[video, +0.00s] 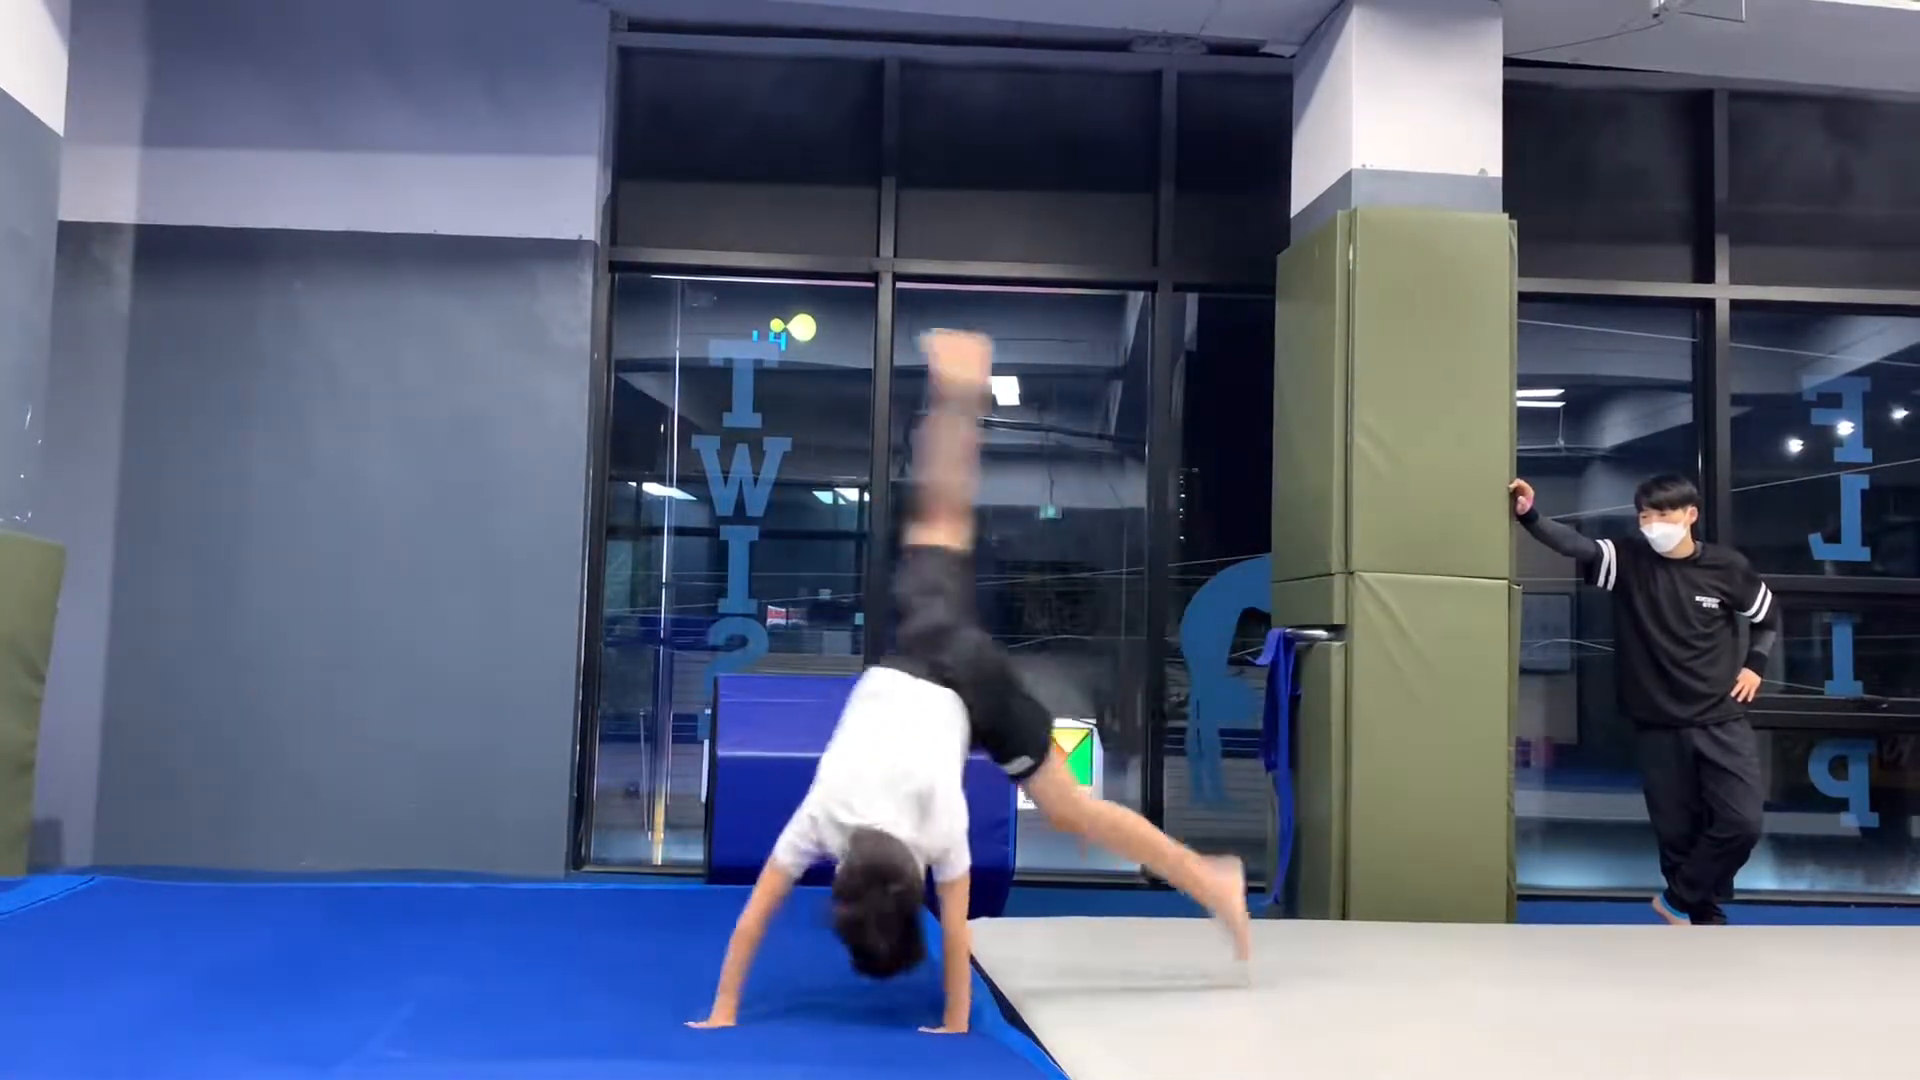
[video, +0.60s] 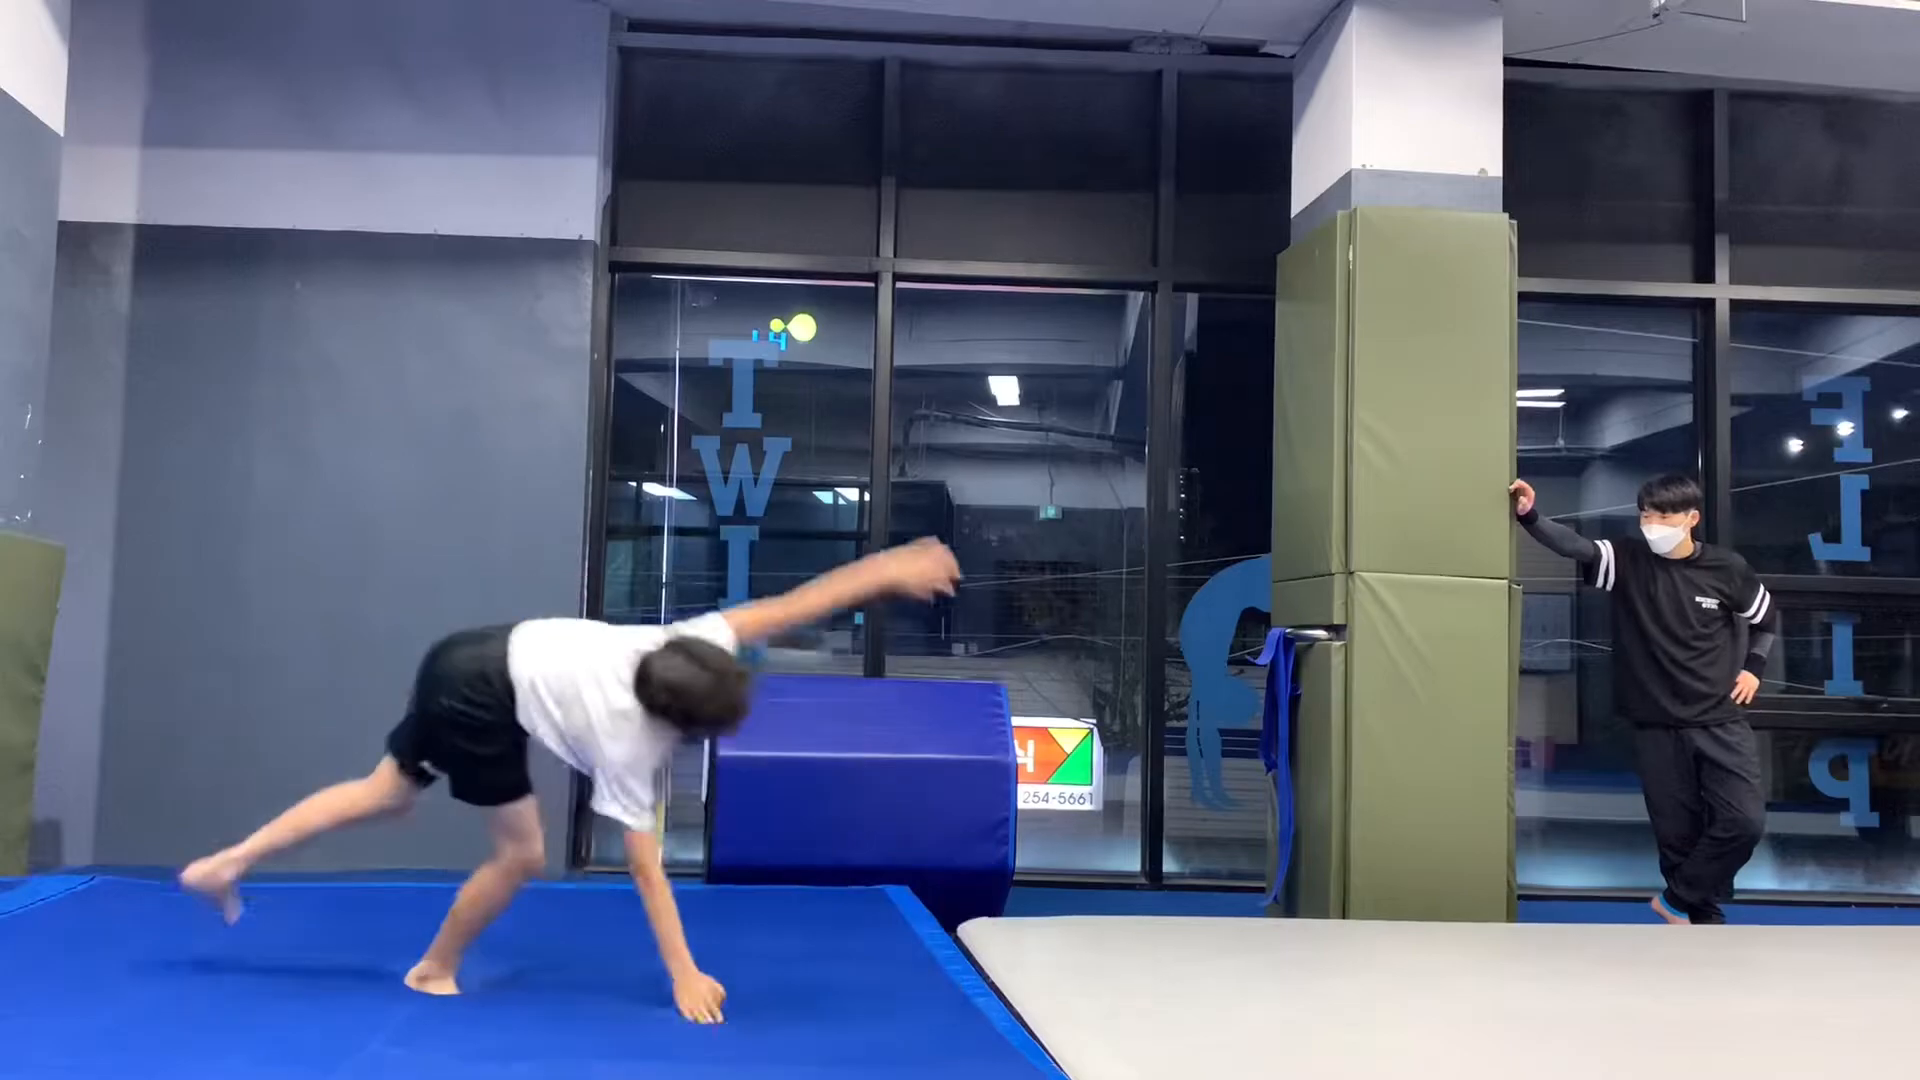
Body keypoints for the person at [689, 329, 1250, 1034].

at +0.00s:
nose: (890, 949)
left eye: (896, 941)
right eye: (872, 947)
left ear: (908, 899)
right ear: (840, 897)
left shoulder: (941, 830)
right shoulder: (816, 820)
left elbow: (955, 930)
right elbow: (758, 912)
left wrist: (956, 1022)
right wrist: (723, 1011)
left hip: (973, 680)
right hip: (911, 654)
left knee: (1071, 808)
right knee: (938, 511)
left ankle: (1208, 879)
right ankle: (958, 391)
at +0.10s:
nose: (875, 937)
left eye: (885, 928)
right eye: (859, 935)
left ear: (904, 887)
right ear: (824, 884)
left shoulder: (924, 829)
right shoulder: (786, 825)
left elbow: (942, 926)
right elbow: (746, 921)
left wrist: (955, 1019)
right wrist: (721, 1015)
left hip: (904, 641)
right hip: (822, 623)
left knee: (1016, 750)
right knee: (751, 530)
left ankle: (1162, 736)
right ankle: (705, 415)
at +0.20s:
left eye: (858, 926)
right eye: (833, 932)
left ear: (878, 882)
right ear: (800, 880)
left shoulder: (891, 818)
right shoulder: (759, 817)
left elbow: (919, 913)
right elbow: (727, 919)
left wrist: (950, 1012)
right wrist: (720, 1021)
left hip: (821, 621)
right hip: (734, 641)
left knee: (941, 666)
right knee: (622, 659)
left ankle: (1006, 589)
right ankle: (544, 528)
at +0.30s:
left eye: (826, 903)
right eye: (801, 906)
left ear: (839, 848)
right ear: (770, 866)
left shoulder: (848, 799)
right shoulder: (722, 817)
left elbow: (890, 894)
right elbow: (711, 927)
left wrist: (943, 990)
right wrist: (719, 1028)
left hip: (738, 620)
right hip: (666, 651)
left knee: (802, 620)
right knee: (601, 796)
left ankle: (795, 538)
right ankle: (462, 758)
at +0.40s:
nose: (787, 872)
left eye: (800, 862)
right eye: (778, 867)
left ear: (818, 821)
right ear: (744, 841)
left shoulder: (798, 752)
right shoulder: (686, 819)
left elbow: (875, 829)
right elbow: (700, 922)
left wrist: (952, 908)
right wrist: (718, 1026)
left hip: (643, 645)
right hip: (585, 693)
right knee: (595, 883)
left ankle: (581, 587)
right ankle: (457, 943)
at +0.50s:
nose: (781, 771)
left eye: (781, 758)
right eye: (769, 782)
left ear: (762, 734)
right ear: (733, 785)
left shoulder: (747, 704)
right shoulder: (670, 796)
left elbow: (842, 718)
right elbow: (690, 908)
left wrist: (948, 731)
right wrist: (713, 1009)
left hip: (555, 659)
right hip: (523, 718)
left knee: (463, 707)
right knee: (556, 875)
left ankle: (365, 724)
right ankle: (443, 965)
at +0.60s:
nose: (738, 710)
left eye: (738, 699)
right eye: (727, 715)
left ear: (711, 666)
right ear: (692, 721)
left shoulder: (695, 638)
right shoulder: (632, 743)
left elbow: (792, 608)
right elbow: (648, 867)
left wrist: (888, 568)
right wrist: (685, 974)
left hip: (470, 652)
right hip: (480, 699)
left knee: (382, 795)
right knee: (520, 859)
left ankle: (226, 863)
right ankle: (434, 969)